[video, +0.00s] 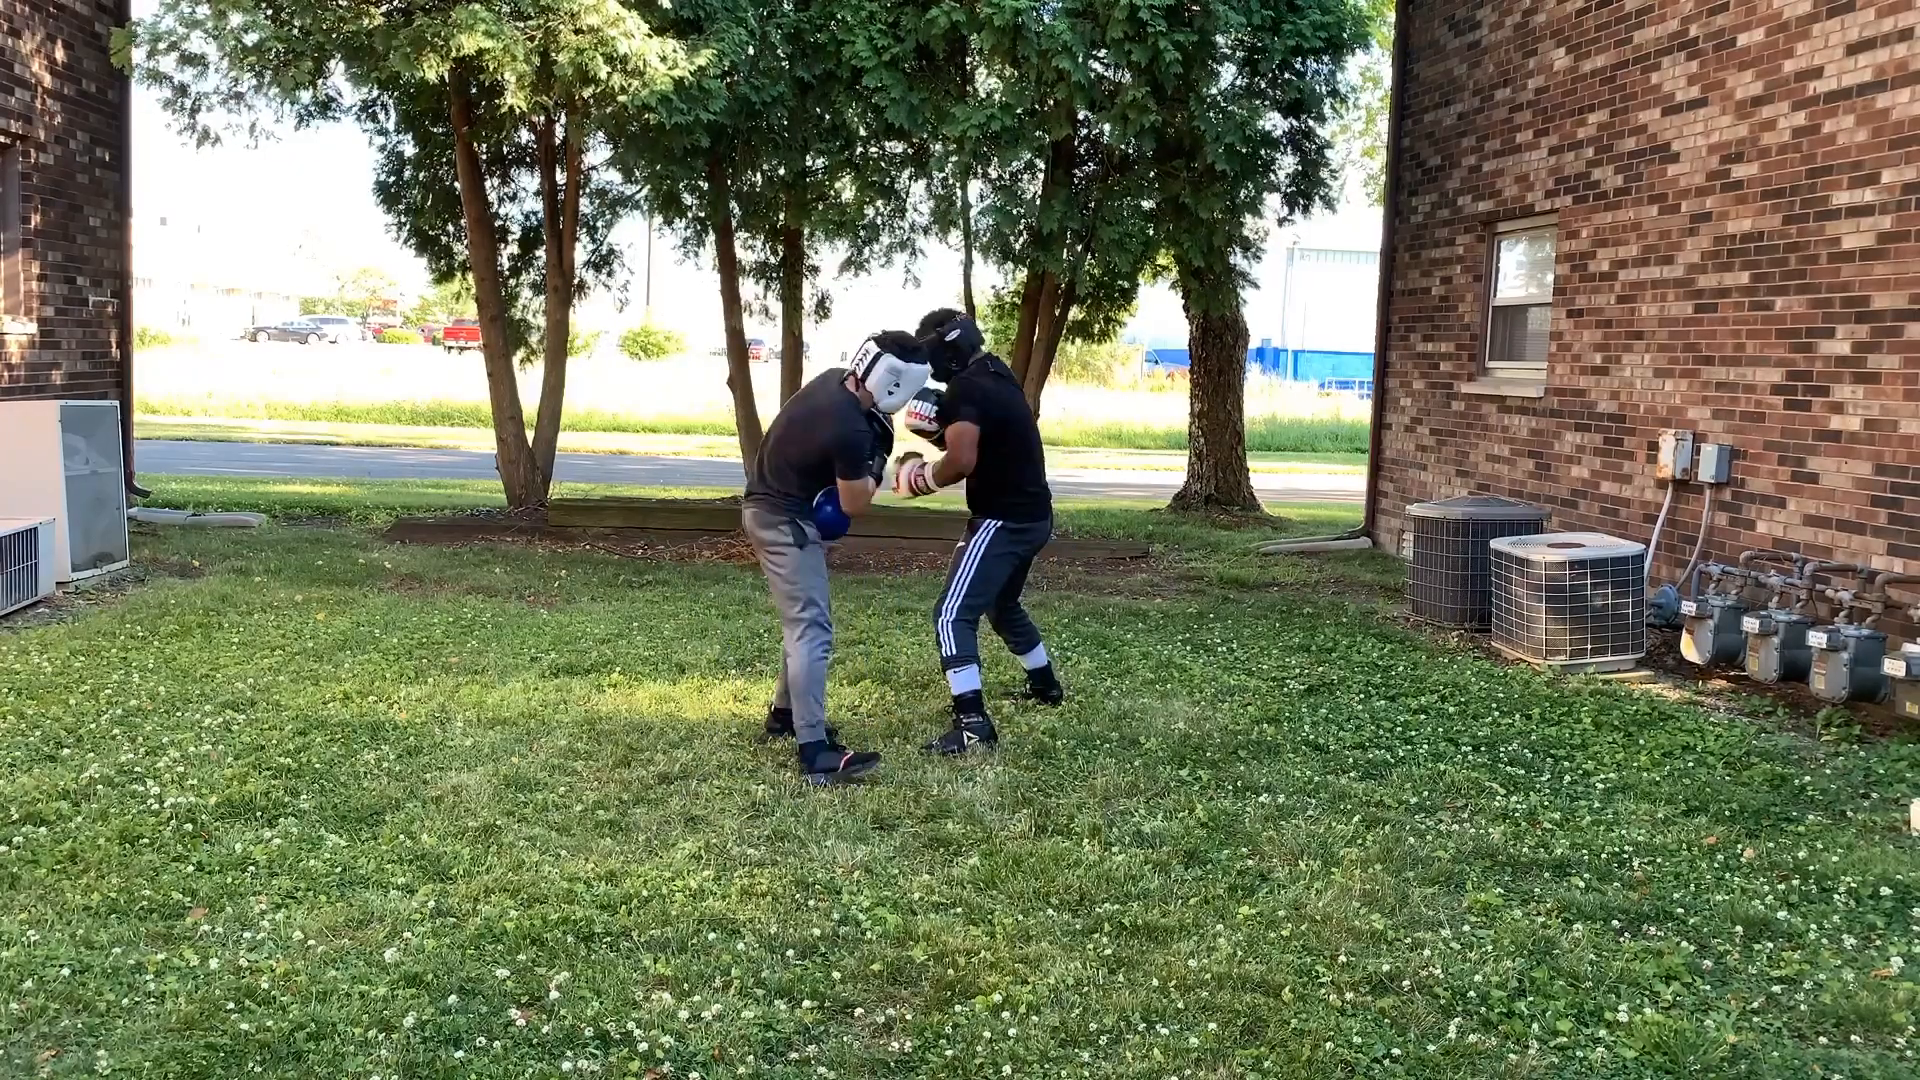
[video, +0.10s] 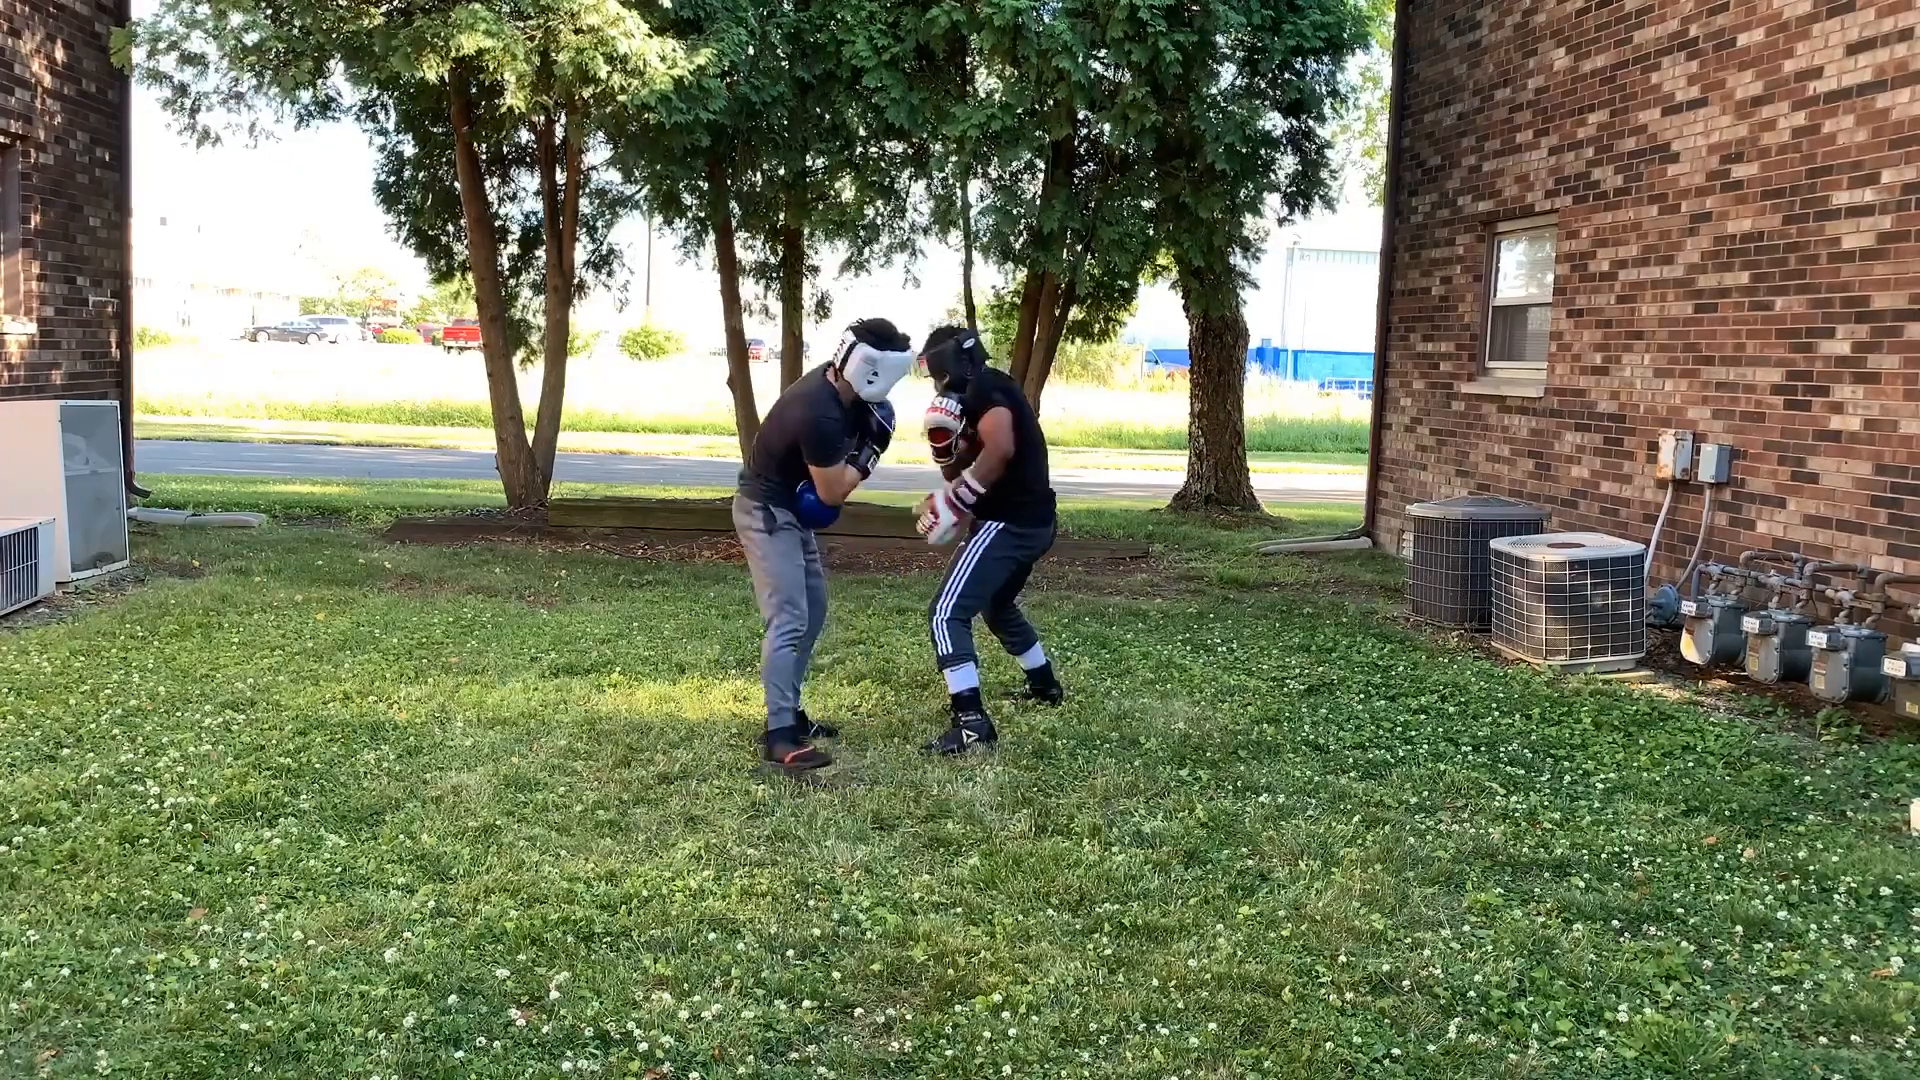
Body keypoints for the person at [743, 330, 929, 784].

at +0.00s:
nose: (903, 397)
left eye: (908, 388)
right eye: (902, 386)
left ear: (864, 368)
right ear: (879, 379)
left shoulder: (835, 381)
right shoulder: (850, 426)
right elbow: (854, 504)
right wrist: (875, 467)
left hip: (770, 502)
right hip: (782, 514)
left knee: (803, 618)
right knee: (811, 628)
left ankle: (786, 712)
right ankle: (816, 751)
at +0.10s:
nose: (883, 381)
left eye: (888, 373)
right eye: (878, 371)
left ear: (851, 361)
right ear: (855, 365)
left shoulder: (846, 393)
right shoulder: (820, 409)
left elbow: (850, 467)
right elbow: (832, 492)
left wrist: (867, 443)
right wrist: (870, 452)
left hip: (794, 510)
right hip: (764, 509)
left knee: (811, 615)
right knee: (787, 619)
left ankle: (786, 715)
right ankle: (780, 737)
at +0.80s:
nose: (821, 518)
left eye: (827, 509)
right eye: (815, 511)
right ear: (787, 497)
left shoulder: (809, 490)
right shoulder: (729, 500)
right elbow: (715, 564)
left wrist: (817, 550)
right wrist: (779, 564)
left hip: (772, 557)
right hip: (713, 562)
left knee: (839, 620)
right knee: (719, 631)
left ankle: (840, 712)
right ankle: (677, 738)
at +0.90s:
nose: (837, 535)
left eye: (843, 526)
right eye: (832, 527)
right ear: (806, 507)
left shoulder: (823, 506)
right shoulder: (748, 504)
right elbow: (723, 571)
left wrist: (824, 565)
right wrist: (788, 572)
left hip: (771, 565)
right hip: (714, 564)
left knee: (842, 627)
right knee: (724, 634)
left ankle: (839, 713)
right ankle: (678, 739)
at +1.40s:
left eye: (812, 357)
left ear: (815, 361)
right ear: (859, 356)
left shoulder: (798, 401)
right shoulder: (893, 387)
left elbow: (794, 459)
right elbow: (901, 451)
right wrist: (896, 381)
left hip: (829, 540)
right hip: (888, 532)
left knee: (830, 630)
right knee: (932, 645)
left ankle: (804, 734)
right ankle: (914, 765)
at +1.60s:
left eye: (823, 342)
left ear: (824, 348)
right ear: (869, 346)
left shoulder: (798, 391)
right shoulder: (901, 385)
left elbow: (791, 458)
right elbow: (909, 454)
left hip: (816, 544)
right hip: (878, 540)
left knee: (824, 634)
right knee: (923, 659)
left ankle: (802, 735)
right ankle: (909, 781)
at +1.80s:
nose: (820, 325)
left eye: (825, 319)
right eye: (827, 317)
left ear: (832, 332)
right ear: (876, 333)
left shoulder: (797, 372)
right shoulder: (902, 388)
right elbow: (892, 445)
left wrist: (843, 355)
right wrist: (886, 363)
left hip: (792, 541)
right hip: (854, 541)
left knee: (798, 626)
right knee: (904, 655)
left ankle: (790, 734)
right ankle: (908, 780)